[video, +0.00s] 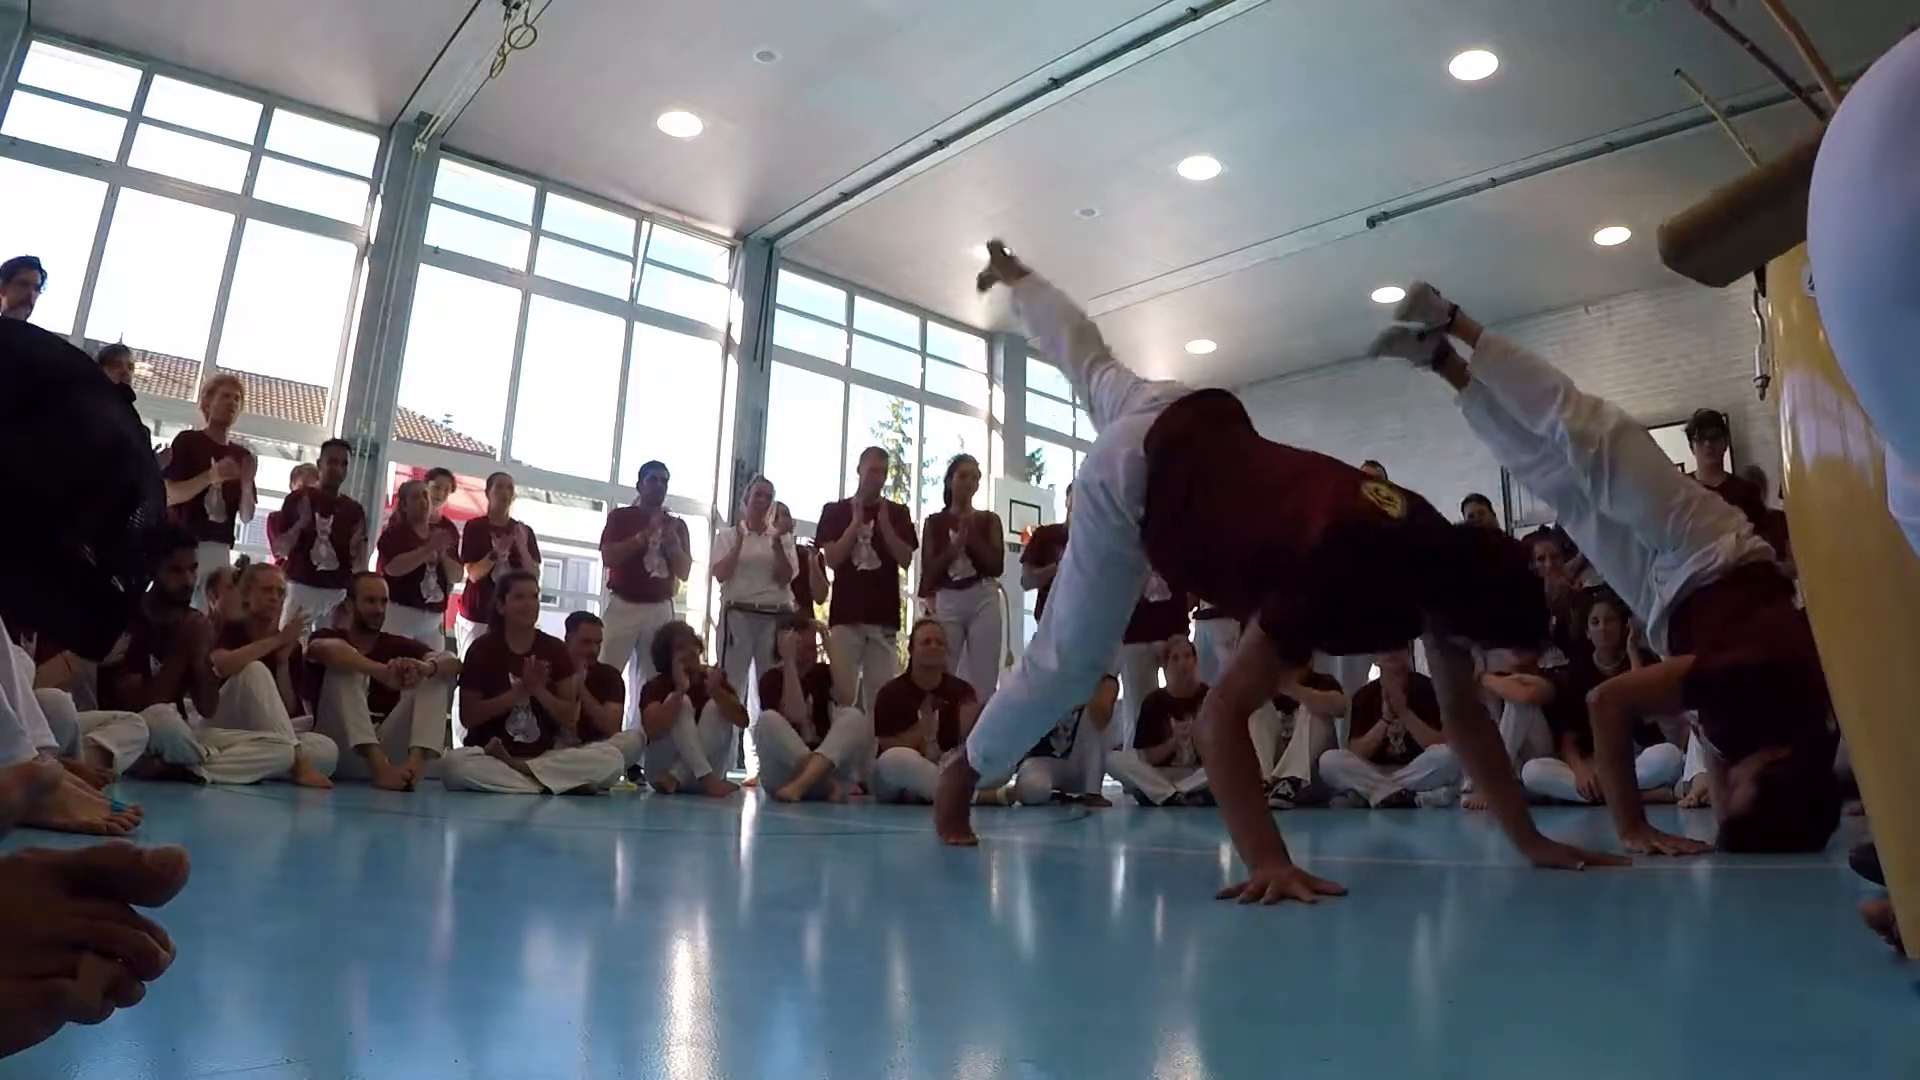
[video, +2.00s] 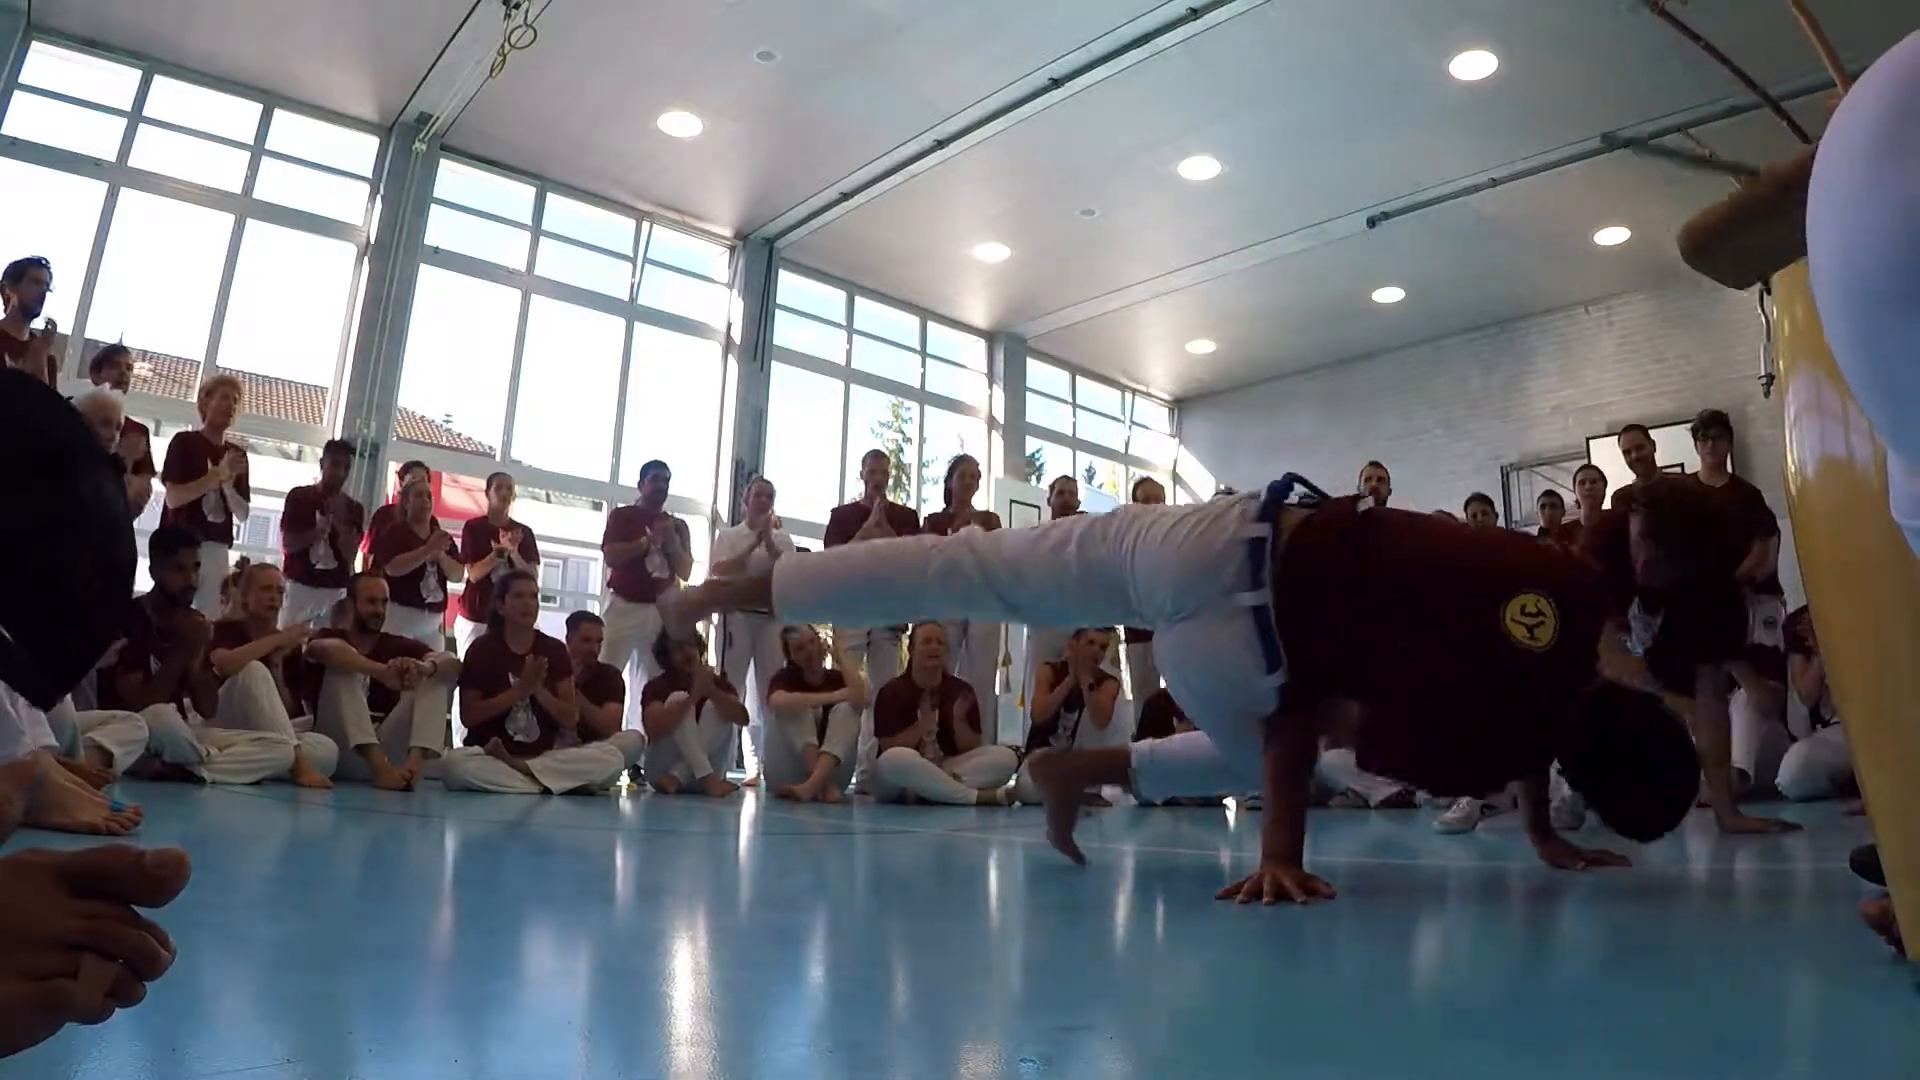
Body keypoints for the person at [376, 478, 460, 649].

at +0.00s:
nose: (424, 502)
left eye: (426, 496)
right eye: (417, 497)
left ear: (431, 500)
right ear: (403, 504)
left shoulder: (440, 534)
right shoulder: (392, 535)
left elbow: (457, 577)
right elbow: (392, 569)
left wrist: (443, 554)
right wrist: (430, 548)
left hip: (434, 615)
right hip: (400, 612)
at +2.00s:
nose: (425, 501)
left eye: (429, 497)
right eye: (419, 496)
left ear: (433, 502)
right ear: (406, 502)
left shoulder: (440, 536)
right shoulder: (394, 532)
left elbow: (458, 575)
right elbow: (392, 569)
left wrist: (441, 556)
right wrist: (428, 549)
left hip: (434, 614)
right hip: (400, 610)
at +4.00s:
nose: (428, 501)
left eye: (430, 497)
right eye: (421, 496)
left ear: (434, 502)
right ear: (406, 502)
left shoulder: (441, 537)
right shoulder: (395, 532)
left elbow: (457, 577)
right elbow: (389, 567)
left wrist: (445, 553)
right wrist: (425, 549)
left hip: (434, 614)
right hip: (402, 611)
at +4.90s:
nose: (426, 501)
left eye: (429, 496)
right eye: (419, 496)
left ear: (433, 501)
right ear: (404, 502)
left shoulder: (440, 536)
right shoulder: (394, 533)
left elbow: (455, 577)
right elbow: (385, 569)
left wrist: (447, 548)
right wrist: (421, 546)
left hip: (433, 614)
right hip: (399, 611)